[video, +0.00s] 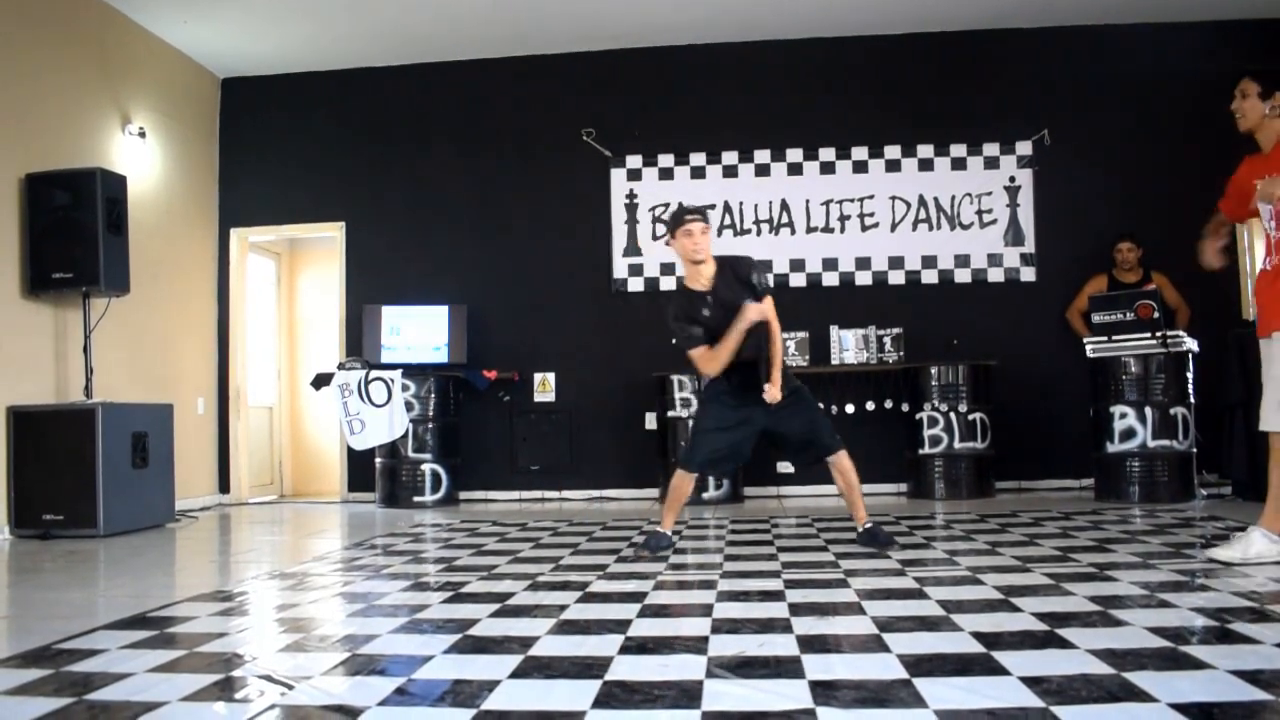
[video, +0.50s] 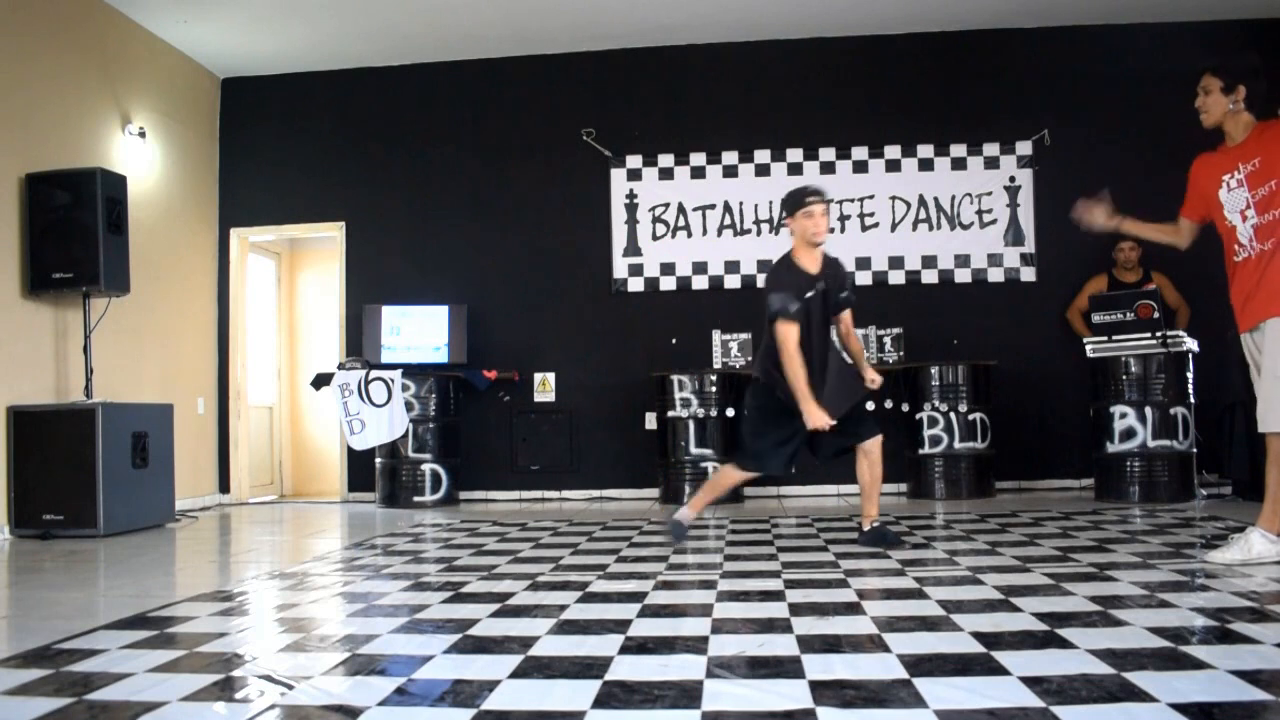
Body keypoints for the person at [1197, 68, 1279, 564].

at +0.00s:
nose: (1234, 106)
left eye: (1242, 97)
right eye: (1235, 98)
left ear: (1272, 103)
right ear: (1258, 106)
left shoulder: (1271, 163)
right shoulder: (1251, 167)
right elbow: (1225, 216)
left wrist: (1274, 196)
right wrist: (1213, 240)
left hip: (1277, 314)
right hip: (1266, 314)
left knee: (1276, 421)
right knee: (1274, 420)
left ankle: (1271, 526)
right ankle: (1270, 525)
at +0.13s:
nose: (1227, 104)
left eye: (1236, 94)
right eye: (1228, 95)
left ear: (1266, 99)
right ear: (1257, 101)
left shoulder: (1273, 153)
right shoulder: (1241, 167)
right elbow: (1187, 219)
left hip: (1277, 314)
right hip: (1266, 315)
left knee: (1273, 423)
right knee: (1271, 423)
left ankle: (1270, 529)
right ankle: (1269, 529)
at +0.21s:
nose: (1219, 103)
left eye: (1228, 94)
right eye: (1220, 95)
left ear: (1258, 97)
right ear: (1244, 101)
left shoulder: (1275, 145)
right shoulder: (1229, 163)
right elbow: (1181, 211)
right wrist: (1133, 246)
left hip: (1277, 311)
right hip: (1261, 314)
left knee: (1272, 421)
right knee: (1270, 421)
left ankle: (1268, 529)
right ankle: (1269, 528)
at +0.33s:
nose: (1206, 105)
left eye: (1215, 96)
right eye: (1206, 97)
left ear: (1246, 100)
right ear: (1231, 103)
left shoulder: (1273, 146)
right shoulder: (1217, 170)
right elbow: (1174, 206)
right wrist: (1130, 235)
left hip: (1274, 310)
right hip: (1250, 316)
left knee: (1272, 422)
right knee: (1268, 422)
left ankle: (1268, 529)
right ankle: (1268, 528)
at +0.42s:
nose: (1200, 105)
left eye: (1208, 95)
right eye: (1201, 96)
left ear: (1241, 99)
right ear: (1228, 102)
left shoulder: (1275, 141)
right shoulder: (1213, 169)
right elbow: (1185, 230)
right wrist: (1125, 216)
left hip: (1277, 308)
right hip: (1248, 314)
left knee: (1273, 423)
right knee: (1268, 424)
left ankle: (1269, 529)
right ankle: (1271, 529)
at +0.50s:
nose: (1197, 102)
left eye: (1206, 92)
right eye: (1198, 93)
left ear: (1238, 95)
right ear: (1221, 99)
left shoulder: (1274, 136)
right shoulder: (1208, 166)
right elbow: (1182, 235)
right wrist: (1114, 221)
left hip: (1278, 301)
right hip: (1249, 311)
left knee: (1273, 419)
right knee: (1271, 419)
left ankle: (1269, 527)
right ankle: (1271, 527)